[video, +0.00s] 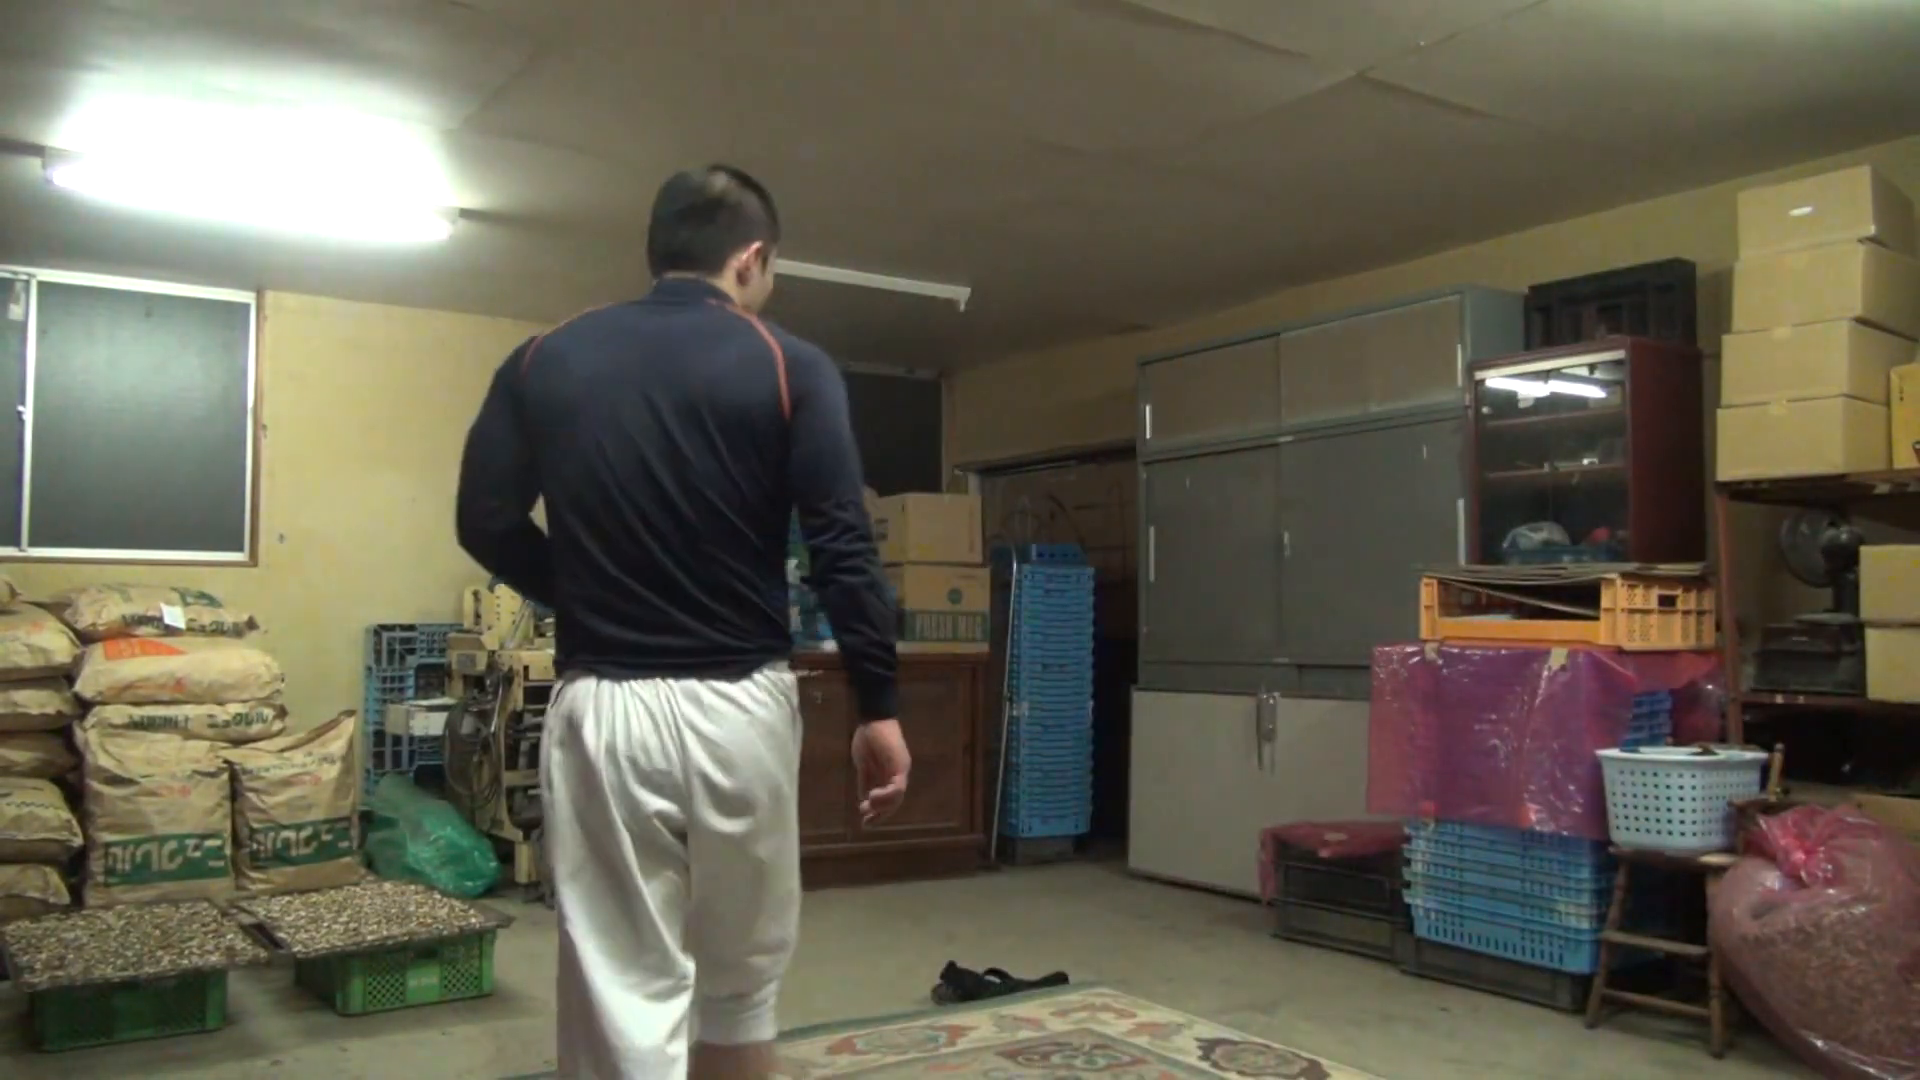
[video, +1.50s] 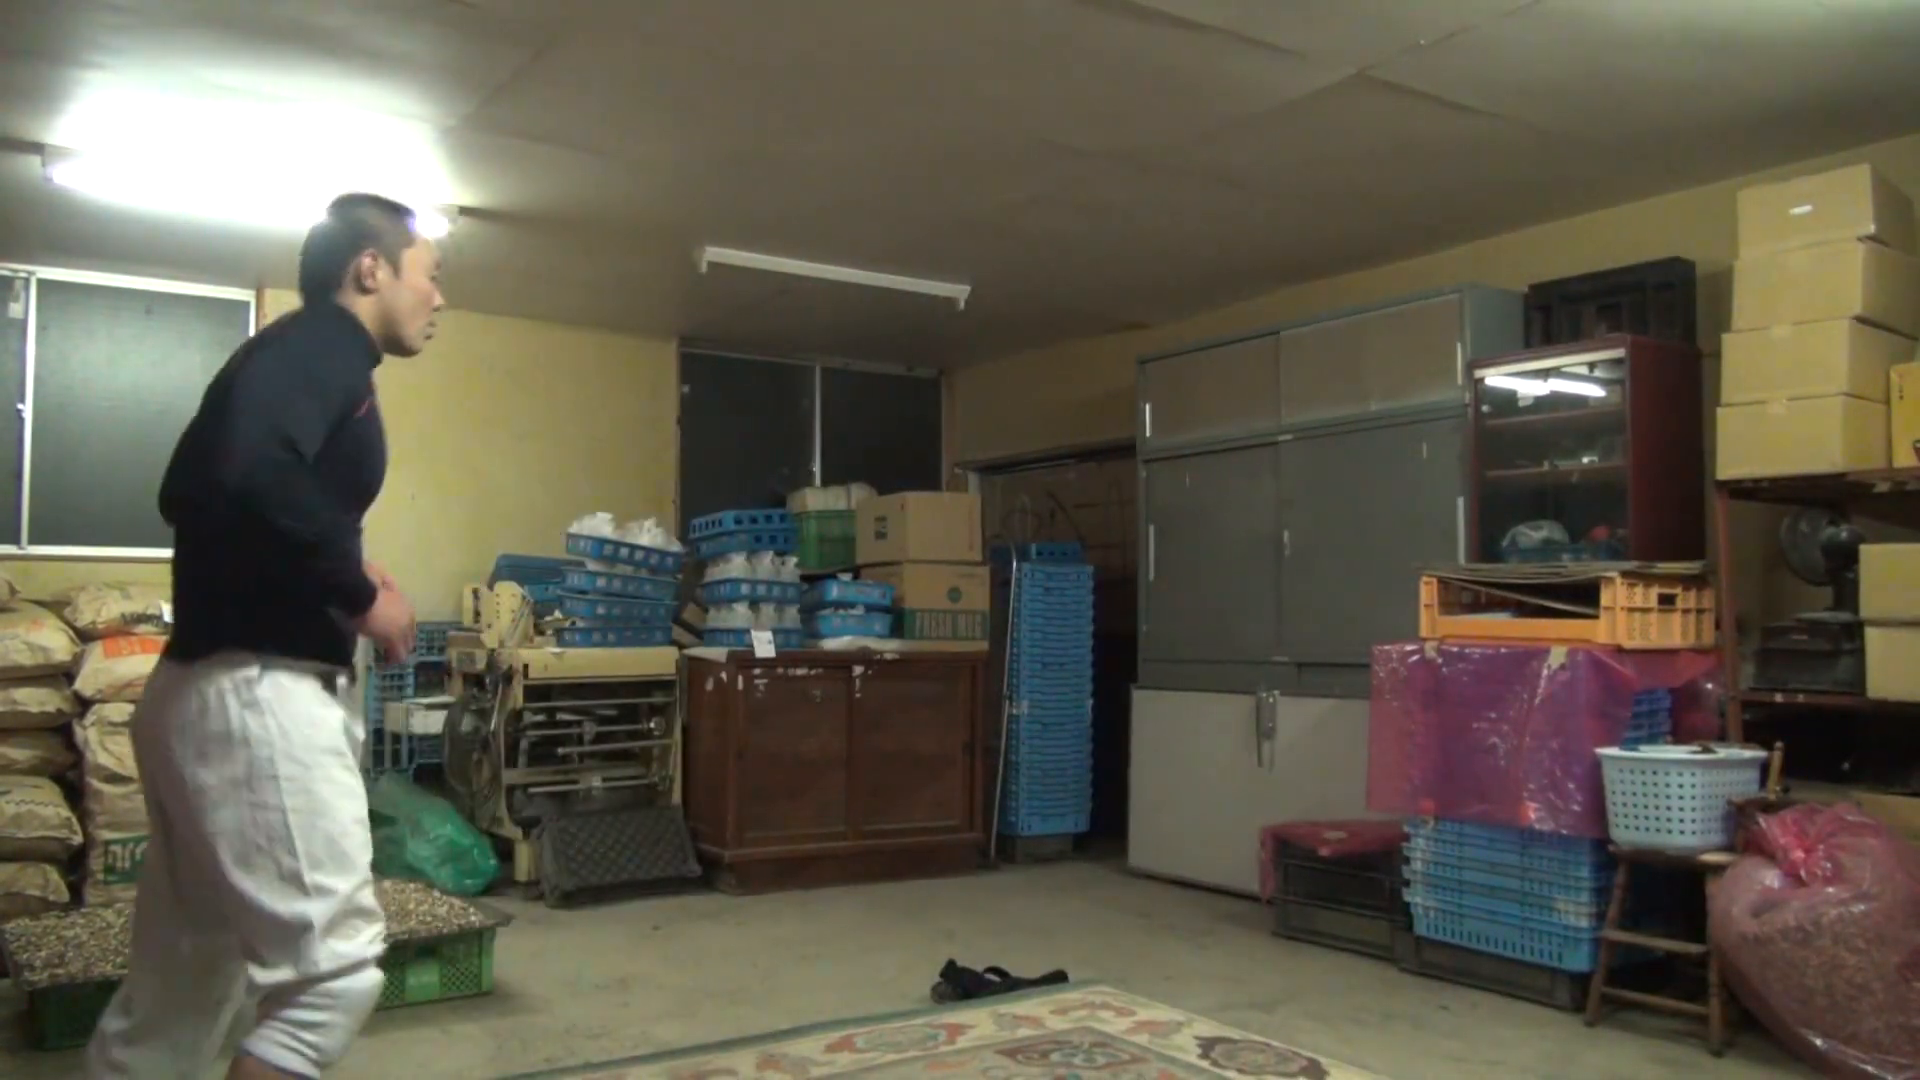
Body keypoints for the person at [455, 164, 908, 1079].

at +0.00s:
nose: (768, 290)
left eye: (768, 271)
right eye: (770, 270)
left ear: (655, 257)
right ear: (747, 261)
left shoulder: (545, 361)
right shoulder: (794, 369)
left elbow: (486, 520)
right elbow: (841, 542)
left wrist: (586, 587)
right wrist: (877, 704)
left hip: (598, 719)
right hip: (741, 719)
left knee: (624, 1003)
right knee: (738, 998)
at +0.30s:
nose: (713, 324)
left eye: (715, 308)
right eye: (713, 307)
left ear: (607, 296)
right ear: (687, 302)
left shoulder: (511, 387)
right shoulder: (731, 395)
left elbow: (480, 546)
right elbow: (785, 559)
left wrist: (572, 566)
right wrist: (820, 689)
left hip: (546, 719)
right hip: (678, 714)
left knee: (507, 963)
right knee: (692, 966)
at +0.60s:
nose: (613, 350)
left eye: (613, 332)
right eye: (608, 331)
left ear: (524, 332)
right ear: (564, 331)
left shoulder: (426, 419)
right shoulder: (572, 396)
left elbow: (415, 561)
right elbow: (596, 528)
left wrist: (547, 630)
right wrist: (658, 595)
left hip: (415, 716)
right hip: (524, 716)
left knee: (407, 966)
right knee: (620, 954)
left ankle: (381, 1072)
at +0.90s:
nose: (542, 336)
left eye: (543, 317)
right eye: (533, 314)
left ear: (461, 314)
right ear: (480, 310)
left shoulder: (380, 388)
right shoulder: (452, 370)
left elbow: (362, 539)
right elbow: (417, 499)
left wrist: (486, 603)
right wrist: (495, 613)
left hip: (339, 691)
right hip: (410, 691)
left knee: (353, 958)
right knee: (460, 943)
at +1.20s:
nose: (492, 337)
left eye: (494, 316)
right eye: (485, 312)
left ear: (400, 309)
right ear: (430, 304)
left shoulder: (303, 386)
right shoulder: (415, 375)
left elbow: (310, 546)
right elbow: (408, 522)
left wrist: (420, 620)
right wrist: (488, 626)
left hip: (243, 710)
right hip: (331, 718)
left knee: (264, 999)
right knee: (315, 1000)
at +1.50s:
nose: (439, 295)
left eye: (437, 273)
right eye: (428, 271)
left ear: (358, 273)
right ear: (370, 270)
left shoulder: (268, 350)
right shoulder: (324, 344)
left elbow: (184, 494)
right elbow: (254, 468)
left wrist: (328, 577)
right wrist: (364, 589)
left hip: (201, 691)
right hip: (260, 698)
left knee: (180, 985)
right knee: (329, 973)